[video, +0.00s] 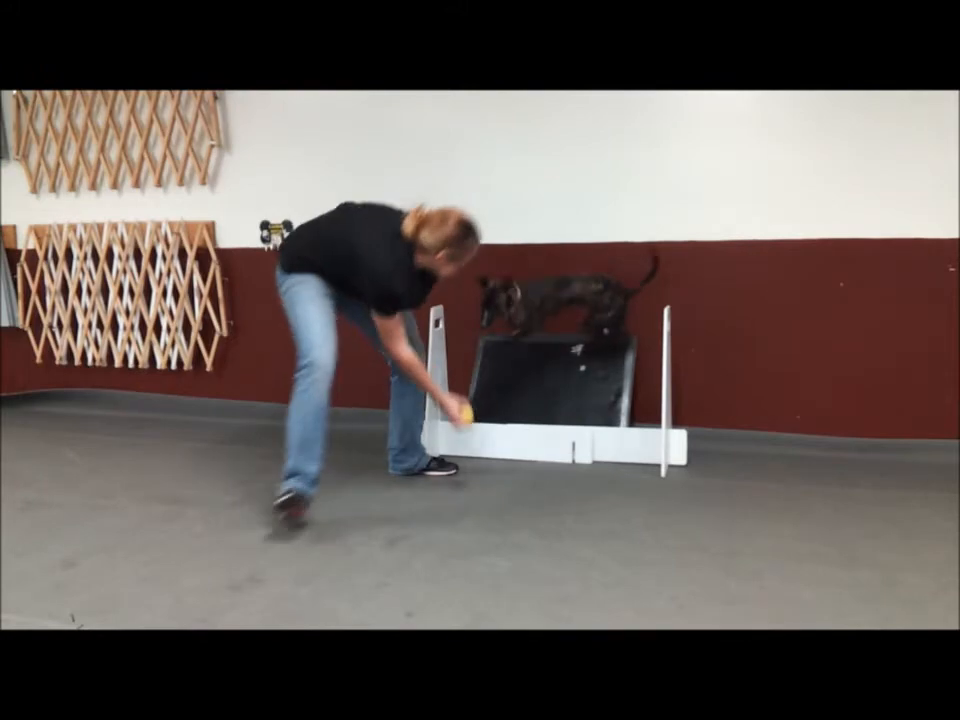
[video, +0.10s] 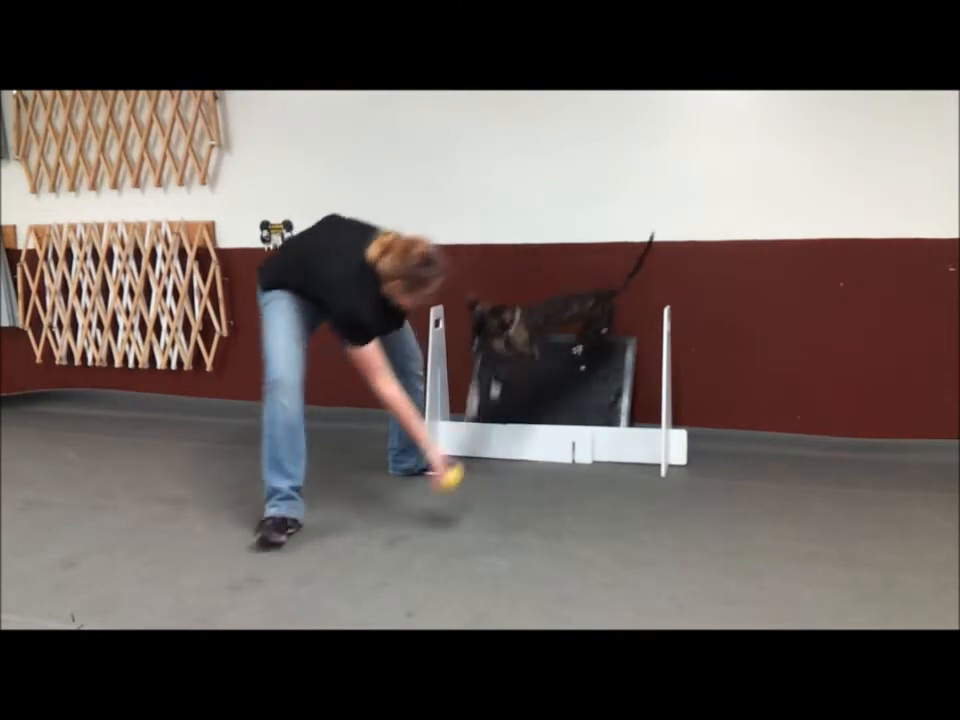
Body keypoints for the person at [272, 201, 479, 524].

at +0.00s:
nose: (457, 271)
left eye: (461, 265)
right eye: (457, 264)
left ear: (438, 253)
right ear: (441, 256)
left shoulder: (425, 261)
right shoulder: (383, 265)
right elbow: (396, 347)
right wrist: (443, 398)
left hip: (355, 276)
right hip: (305, 270)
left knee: (411, 357)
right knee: (318, 362)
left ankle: (407, 459)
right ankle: (297, 485)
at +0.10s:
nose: (423, 303)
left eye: (427, 297)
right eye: (420, 297)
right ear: (395, 287)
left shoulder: (400, 261)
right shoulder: (352, 296)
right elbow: (382, 383)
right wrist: (431, 449)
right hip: (291, 285)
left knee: (410, 367)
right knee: (284, 384)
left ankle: (406, 458)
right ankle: (282, 506)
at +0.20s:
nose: (374, 323)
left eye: (379, 313)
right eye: (365, 317)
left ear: (385, 296)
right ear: (337, 305)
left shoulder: (368, 272)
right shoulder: (298, 305)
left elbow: (342, 363)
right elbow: (334, 393)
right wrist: (372, 473)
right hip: (267, 286)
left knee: (393, 369)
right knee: (256, 400)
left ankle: (409, 457)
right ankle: (280, 511)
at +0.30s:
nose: (311, 324)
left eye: (319, 312)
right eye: (301, 315)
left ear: (331, 297)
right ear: (273, 302)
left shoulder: (349, 276)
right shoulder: (250, 303)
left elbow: (336, 310)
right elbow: (273, 394)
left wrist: (316, 346)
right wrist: (289, 471)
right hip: (248, 281)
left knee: (372, 370)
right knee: (236, 396)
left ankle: (407, 459)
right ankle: (274, 505)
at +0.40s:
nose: (254, 305)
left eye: (259, 293)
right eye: (241, 298)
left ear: (275, 275)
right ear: (220, 292)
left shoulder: (311, 261)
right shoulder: (206, 302)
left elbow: (325, 292)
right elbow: (224, 385)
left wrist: (297, 334)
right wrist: (211, 455)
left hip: (324, 278)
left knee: (354, 369)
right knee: (237, 397)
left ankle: (384, 463)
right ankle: (276, 509)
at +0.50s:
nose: (206, 274)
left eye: (213, 260)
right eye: (193, 266)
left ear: (234, 240)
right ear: (177, 260)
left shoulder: (281, 233)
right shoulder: (175, 279)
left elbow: (317, 266)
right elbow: (190, 365)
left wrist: (279, 322)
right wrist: (156, 428)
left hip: (305, 272)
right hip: (230, 304)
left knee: (337, 369)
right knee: (231, 401)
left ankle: (350, 452)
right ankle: (276, 511)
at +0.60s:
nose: (171, 232)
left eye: (178, 217)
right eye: (158, 222)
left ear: (204, 200)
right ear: (146, 221)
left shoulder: (251, 200)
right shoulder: (153, 250)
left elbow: (305, 244)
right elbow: (162, 342)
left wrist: (262, 307)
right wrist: (121, 403)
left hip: (299, 264)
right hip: (223, 289)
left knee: (320, 373)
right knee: (232, 396)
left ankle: (313, 445)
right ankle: (279, 507)